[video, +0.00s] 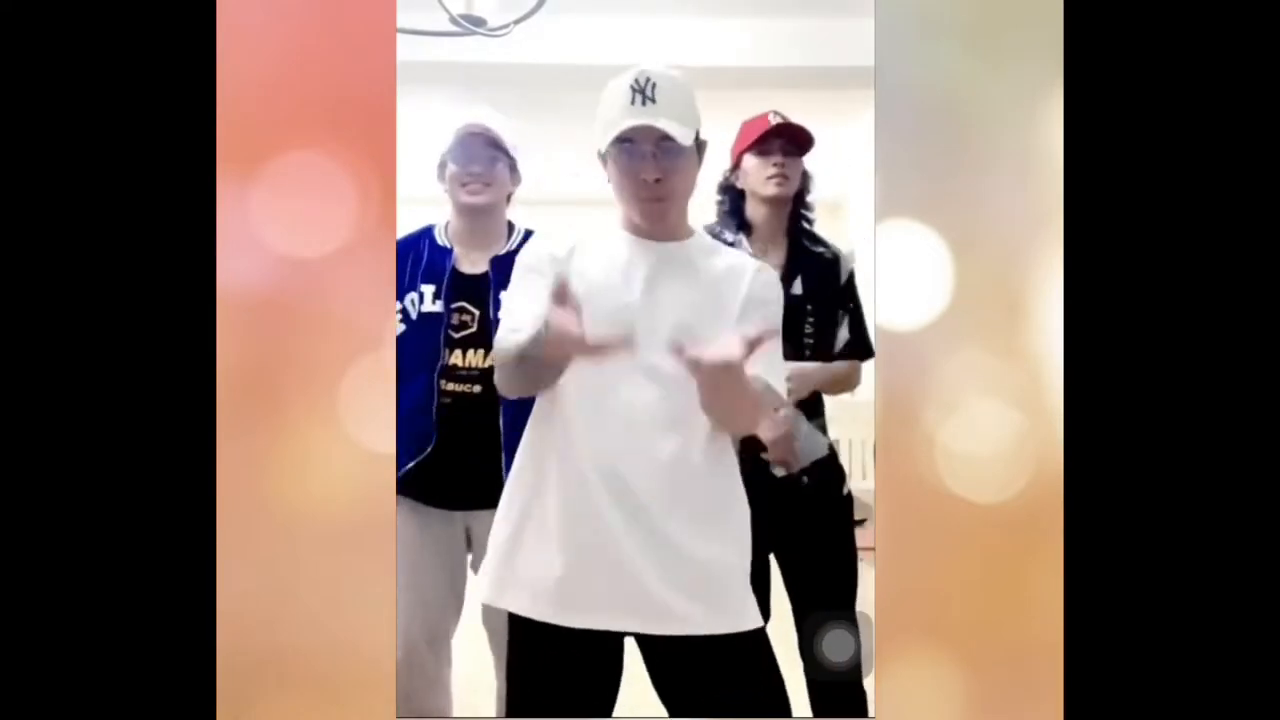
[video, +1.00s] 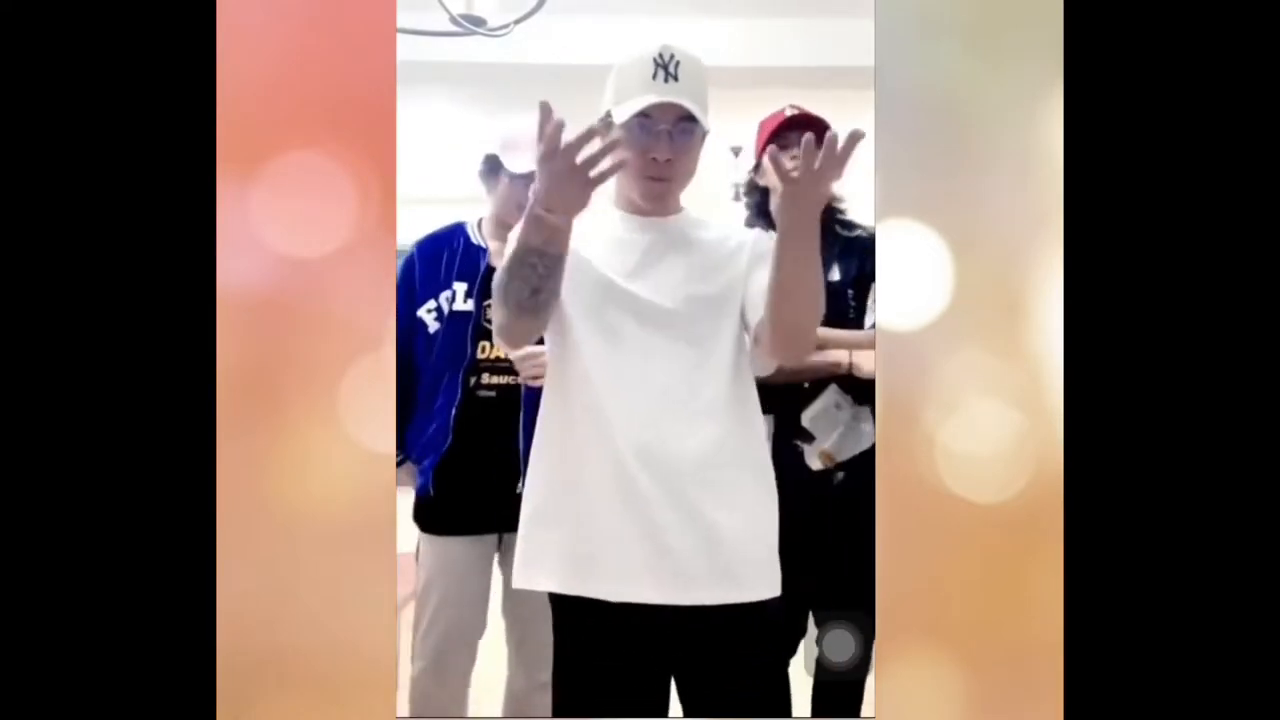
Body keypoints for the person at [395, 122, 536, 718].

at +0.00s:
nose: (475, 168)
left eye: (490, 159)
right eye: (462, 158)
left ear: (514, 178)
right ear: (442, 177)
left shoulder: (543, 261)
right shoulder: (402, 259)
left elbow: (567, 368)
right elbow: (363, 349)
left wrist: (559, 469)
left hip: (513, 484)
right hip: (420, 483)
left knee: (519, 652)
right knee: (417, 650)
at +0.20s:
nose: (464, 167)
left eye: (479, 157)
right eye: (451, 157)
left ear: (503, 179)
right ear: (431, 174)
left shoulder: (533, 258)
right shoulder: (399, 257)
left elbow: (565, 364)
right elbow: (366, 355)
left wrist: (555, 466)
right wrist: (373, 459)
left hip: (505, 489)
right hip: (414, 485)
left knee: (514, 660)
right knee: (416, 654)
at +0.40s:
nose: (472, 173)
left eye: (487, 164)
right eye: (460, 162)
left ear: (509, 184)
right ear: (439, 179)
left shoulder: (546, 263)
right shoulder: (403, 266)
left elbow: (573, 370)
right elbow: (373, 368)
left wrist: (567, 481)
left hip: (512, 497)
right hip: (419, 496)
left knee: (517, 667)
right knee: (417, 665)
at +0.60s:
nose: (497, 179)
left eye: (511, 167)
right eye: (483, 166)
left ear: (530, 181)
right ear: (459, 178)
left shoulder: (564, 260)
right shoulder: (411, 266)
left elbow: (576, 373)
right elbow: (381, 379)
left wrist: (554, 475)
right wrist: (388, 489)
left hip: (529, 495)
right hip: (436, 496)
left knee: (528, 659)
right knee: (429, 658)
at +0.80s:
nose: (520, 199)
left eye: (535, 187)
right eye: (509, 183)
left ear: (550, 196)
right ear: (480, 183)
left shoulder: (564, 273)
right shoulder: (430, 268)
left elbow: (591, 368)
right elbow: (402, 378)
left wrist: (560, 431)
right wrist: (401, 470)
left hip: (538, 496)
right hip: (451, 494)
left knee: (536, 659)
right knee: (433, 658)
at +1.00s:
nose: (532, 195)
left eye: (541, 183)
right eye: (521, 180)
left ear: (553, 188)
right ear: (489, 178)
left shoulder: (570, 266)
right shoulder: (429, 260)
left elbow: (616, 357)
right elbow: (392, 362)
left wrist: (569, 361)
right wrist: (398, 455)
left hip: (544, 489)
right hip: (456, 487)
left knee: (540, 652)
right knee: (443, 647)